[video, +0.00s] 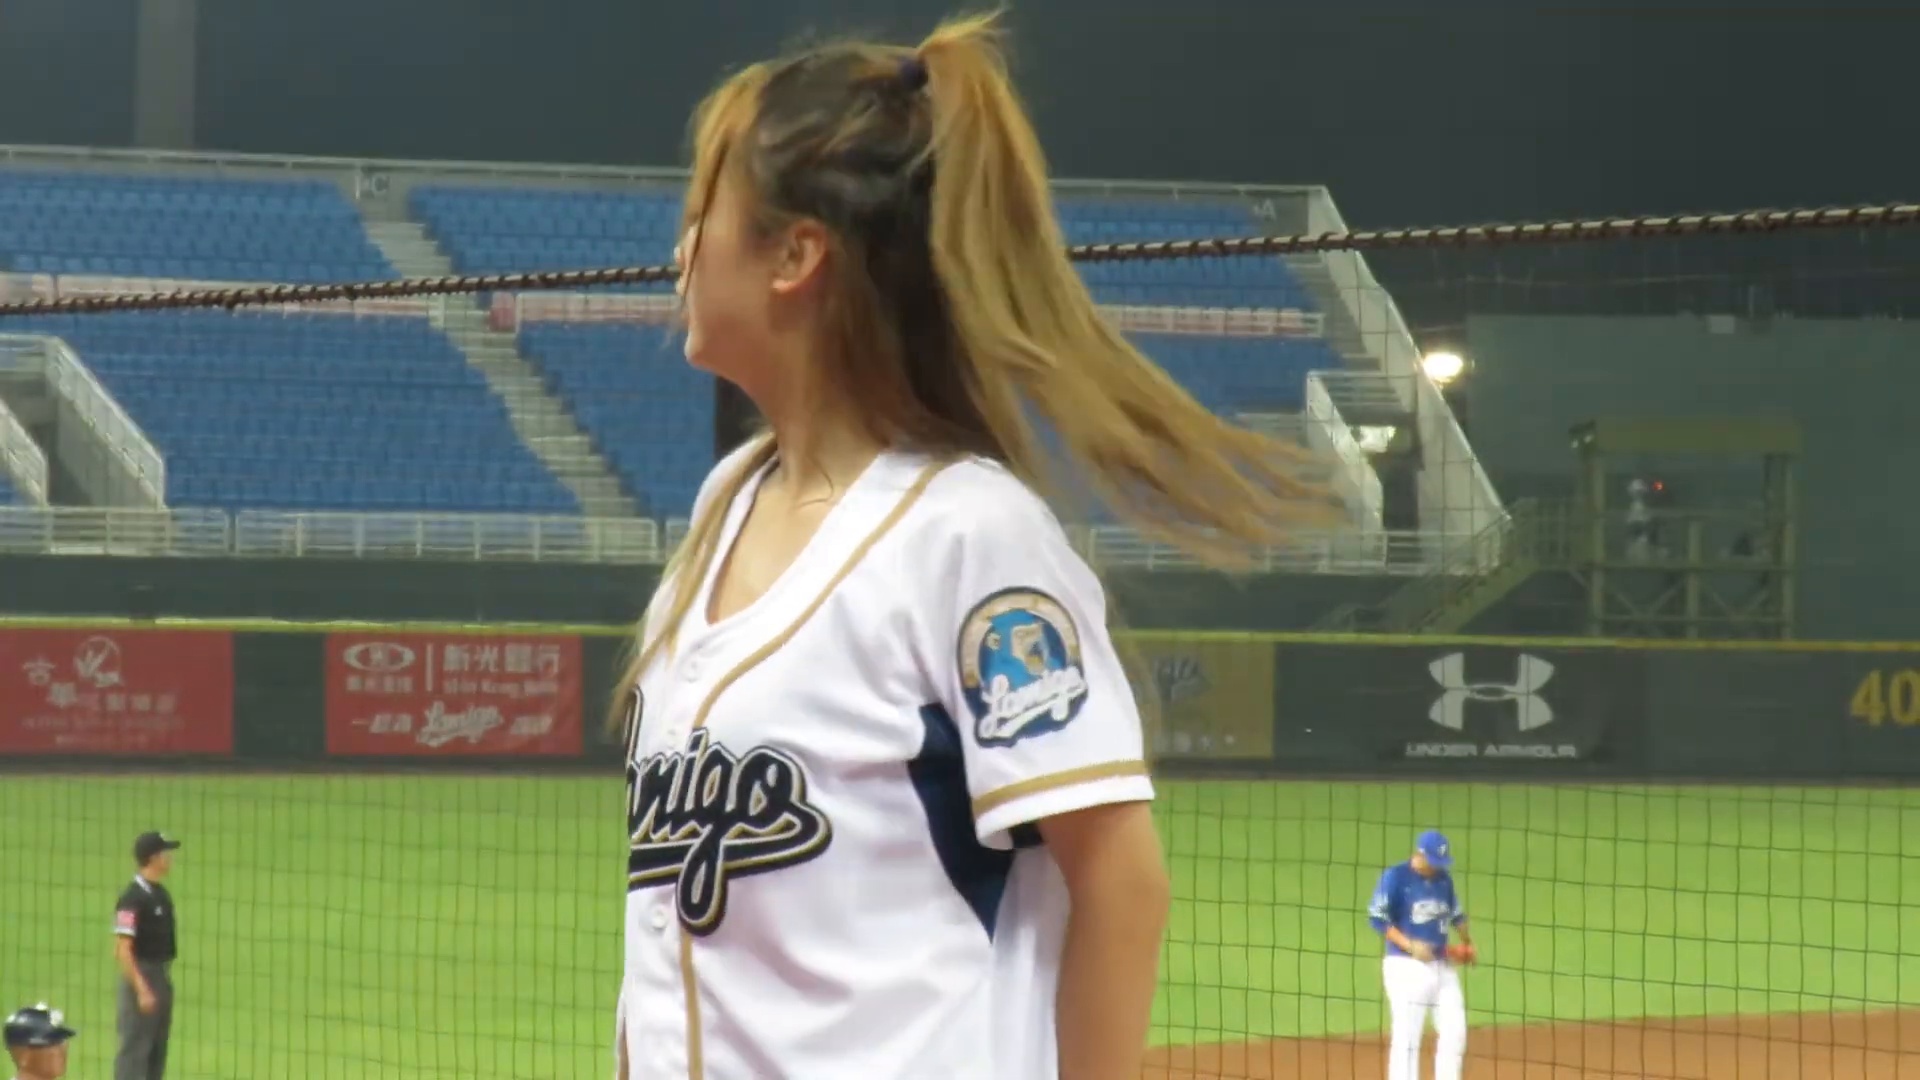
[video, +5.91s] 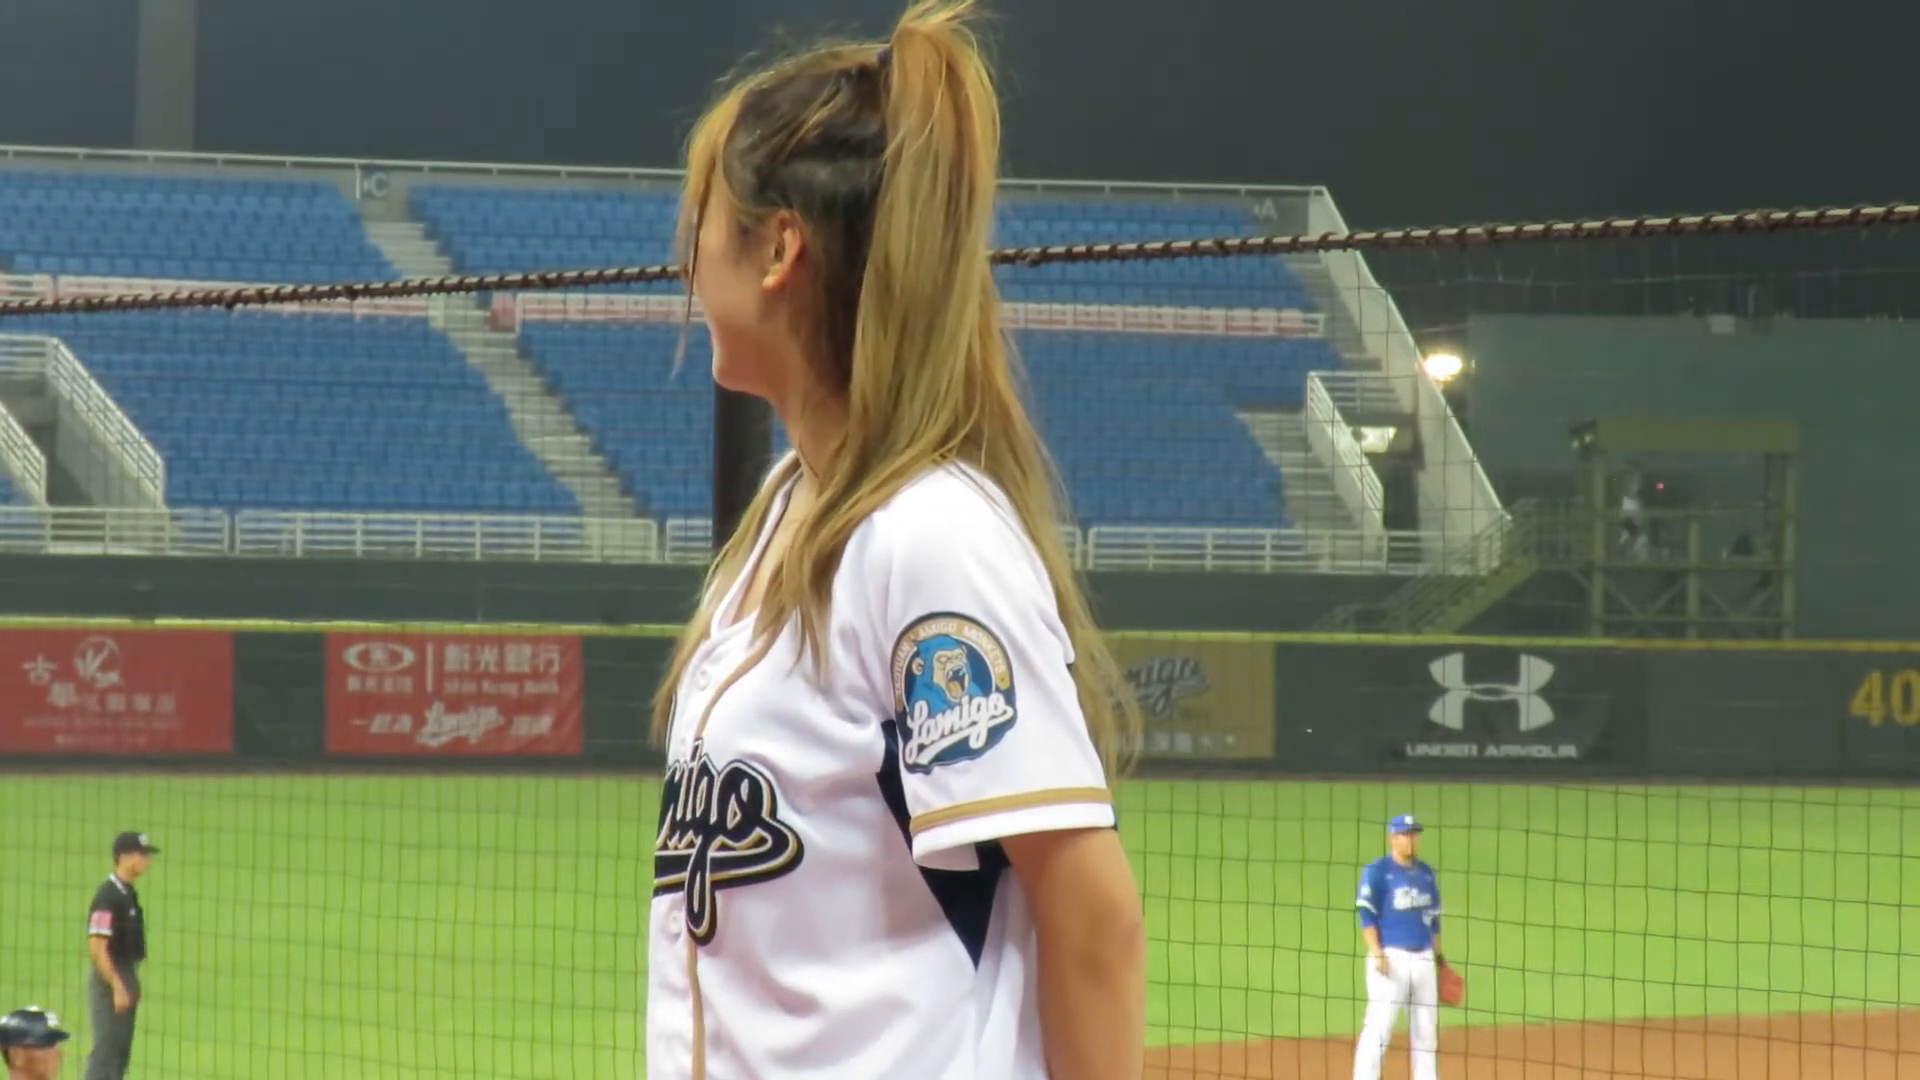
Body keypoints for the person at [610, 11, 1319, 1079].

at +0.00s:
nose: (680, 253)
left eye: (701, 218)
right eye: (692, 217)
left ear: (797, 259)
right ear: (796, 261)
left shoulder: (979, 529)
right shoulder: (726, 502)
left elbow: (1122, 884)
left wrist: (1086, 1075)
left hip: (908, 1059)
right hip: (679, 1057)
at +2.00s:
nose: (690, 258)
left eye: (705, 222)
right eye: (699, 220)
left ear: (779, 259)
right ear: (779, 259)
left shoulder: (931, 521)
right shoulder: (783, 499)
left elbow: (1089, 895)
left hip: (884, 1057)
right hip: (732, 1050)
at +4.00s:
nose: (686, 271)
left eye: (699, 229)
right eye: (693, 229)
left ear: (778, 253)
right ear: (774, 253)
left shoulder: (935, 536)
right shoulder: (782, 505)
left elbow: (1095, 914)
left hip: (884, 1058)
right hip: (718, 1052)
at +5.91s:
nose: (689, 263)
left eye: (705, 223)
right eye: (699, 222)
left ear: (781, 252)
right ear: (779, 252)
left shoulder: (935, 535)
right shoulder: (786, 506)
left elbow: (1096, 918)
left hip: (888, 1056)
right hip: (729, 1050)